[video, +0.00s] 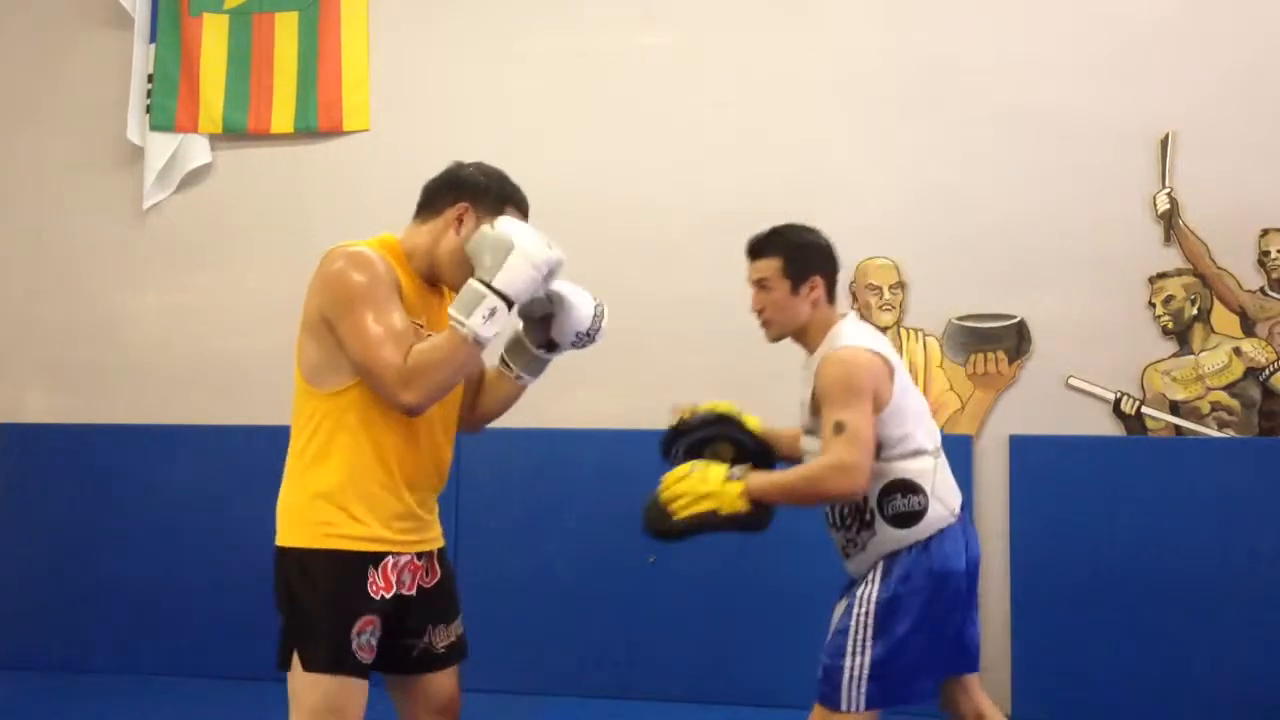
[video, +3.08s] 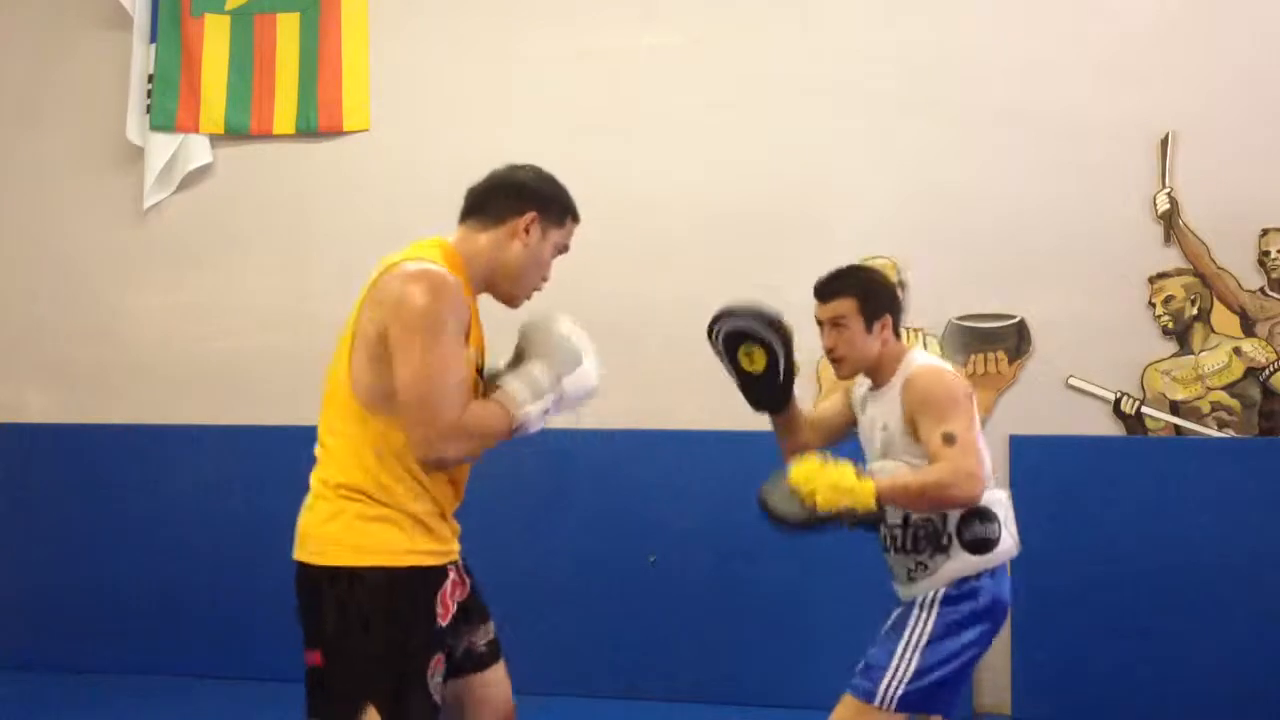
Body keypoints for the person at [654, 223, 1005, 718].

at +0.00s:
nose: (754, 303)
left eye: (764, 287)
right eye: (753, 288)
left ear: (812, 290)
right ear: (812, 294)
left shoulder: (846, 359)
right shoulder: (851, 344)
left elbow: (848, 475)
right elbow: (837, 445)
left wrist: (742, 487)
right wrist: (757, 439)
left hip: (905, 558)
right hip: (941, 543)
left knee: (839, 709)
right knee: (964, 695)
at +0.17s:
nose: (788, 301)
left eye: (799, 285)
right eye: (787, 286)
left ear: (846, 289)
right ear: (842, 293)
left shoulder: (876, 357)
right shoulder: (847, 359)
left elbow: (903, 461)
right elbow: (851, 454)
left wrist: (801, 495)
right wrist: (783, 431)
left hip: (922, 560)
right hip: (947, 552)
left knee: (842, 710)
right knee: (957, 702)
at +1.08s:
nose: (793, 311)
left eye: (804, 296)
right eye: (792, 297)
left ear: (852, 297)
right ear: (846, 300)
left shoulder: (889, 357)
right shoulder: (844, 363)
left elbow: (911, 460)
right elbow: (788, 424)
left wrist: (811, 471)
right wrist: (748, 376)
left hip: (925, 563)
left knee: (836, 710)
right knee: (956, 707)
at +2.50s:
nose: (834, 293)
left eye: (845, 278)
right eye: (832, 279)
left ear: (892, 280)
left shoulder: (924, 342)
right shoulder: (865, 349)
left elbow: (954, 440)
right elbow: (792, 384)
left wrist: (858, 439)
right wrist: (766, 318)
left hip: (931, 553)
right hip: (900, 554)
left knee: (854, 707)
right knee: (948, 700)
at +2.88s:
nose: (843, 313)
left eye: (854, 298)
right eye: (841, 299)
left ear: (899, 299)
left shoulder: (931, 358)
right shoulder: (887, 371)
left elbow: (979, 450)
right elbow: (829, 431)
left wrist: (887, 482)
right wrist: (799, 369)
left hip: (948, 572)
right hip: (925, 568)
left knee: (845, 712)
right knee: (930, 711)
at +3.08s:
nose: (826, 342)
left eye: (838, 326)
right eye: (821, 327)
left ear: (883, 329)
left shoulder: (932, 383)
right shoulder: (861, 391)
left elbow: (963, 483)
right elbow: (800, 442)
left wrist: (868, 490)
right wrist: (774, 386)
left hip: (962, 585)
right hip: (924, 584)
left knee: (857, 713)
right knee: (919, 713)